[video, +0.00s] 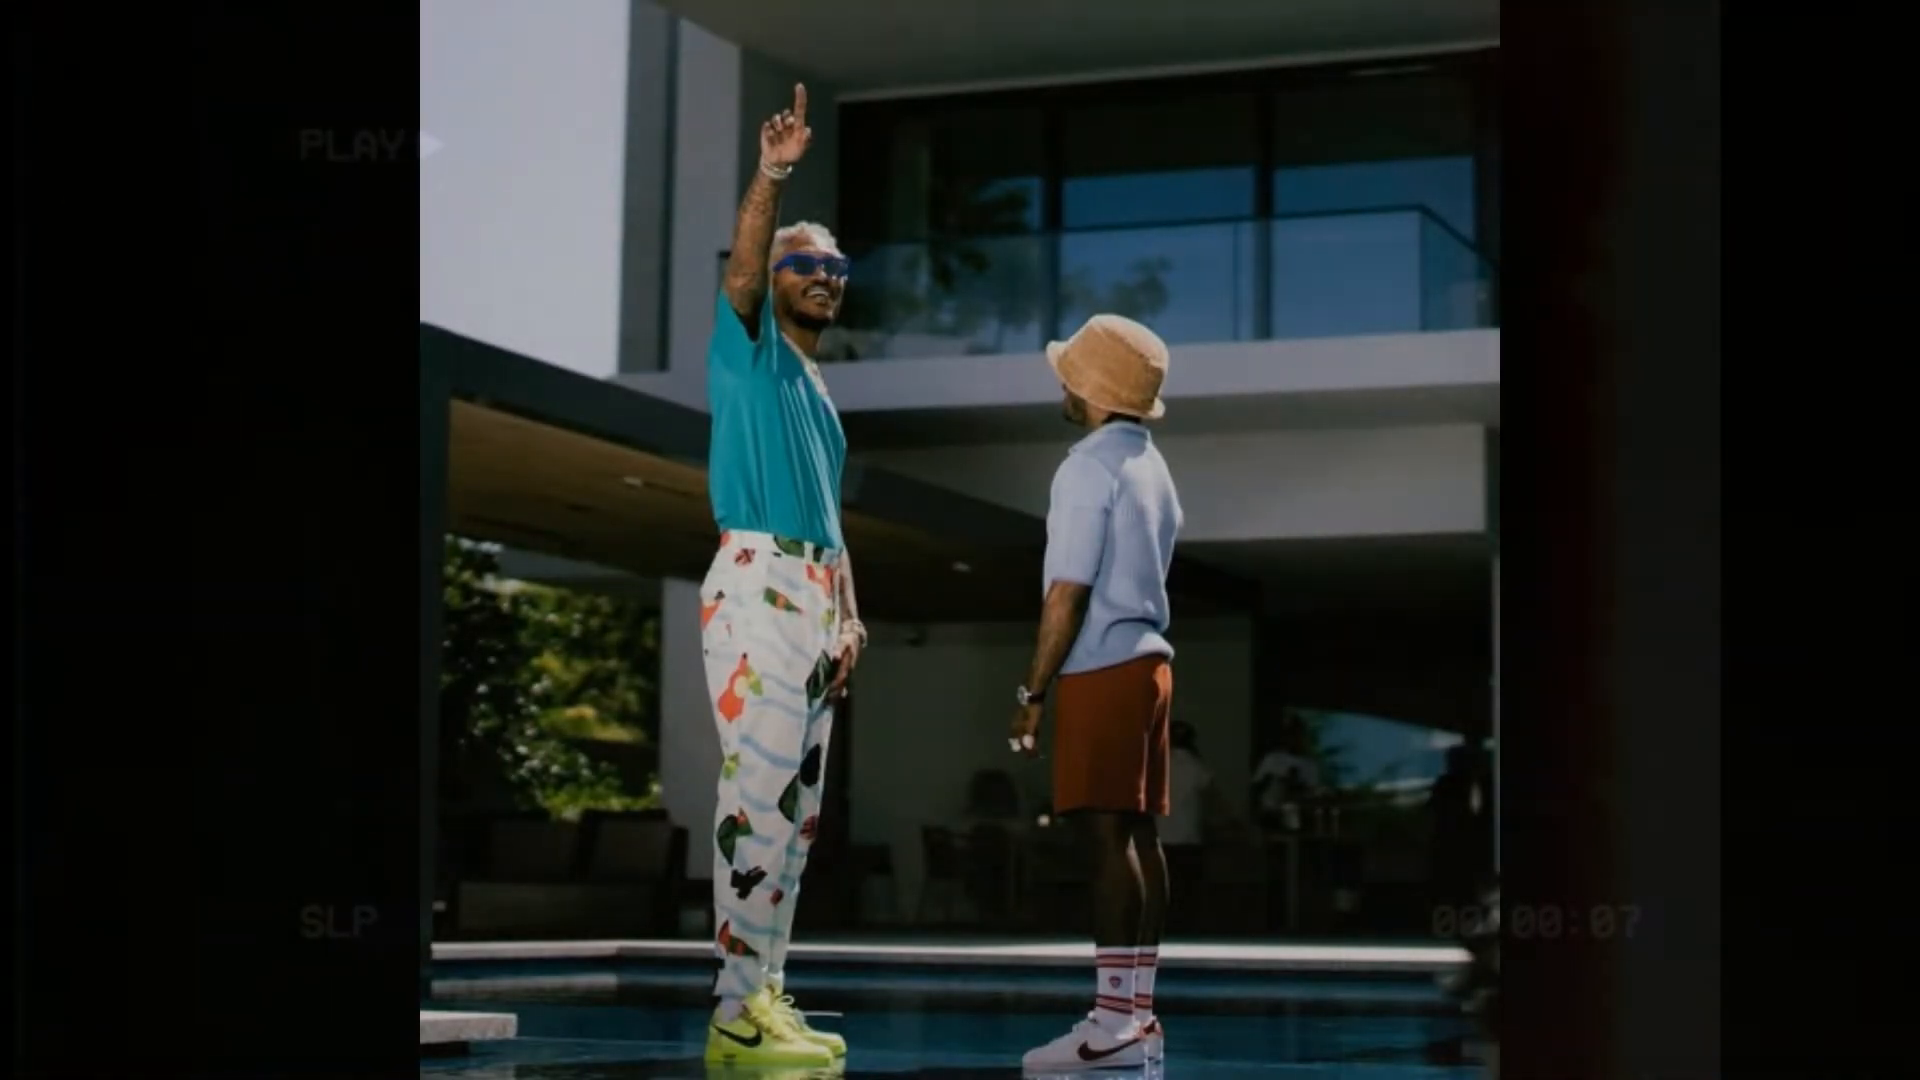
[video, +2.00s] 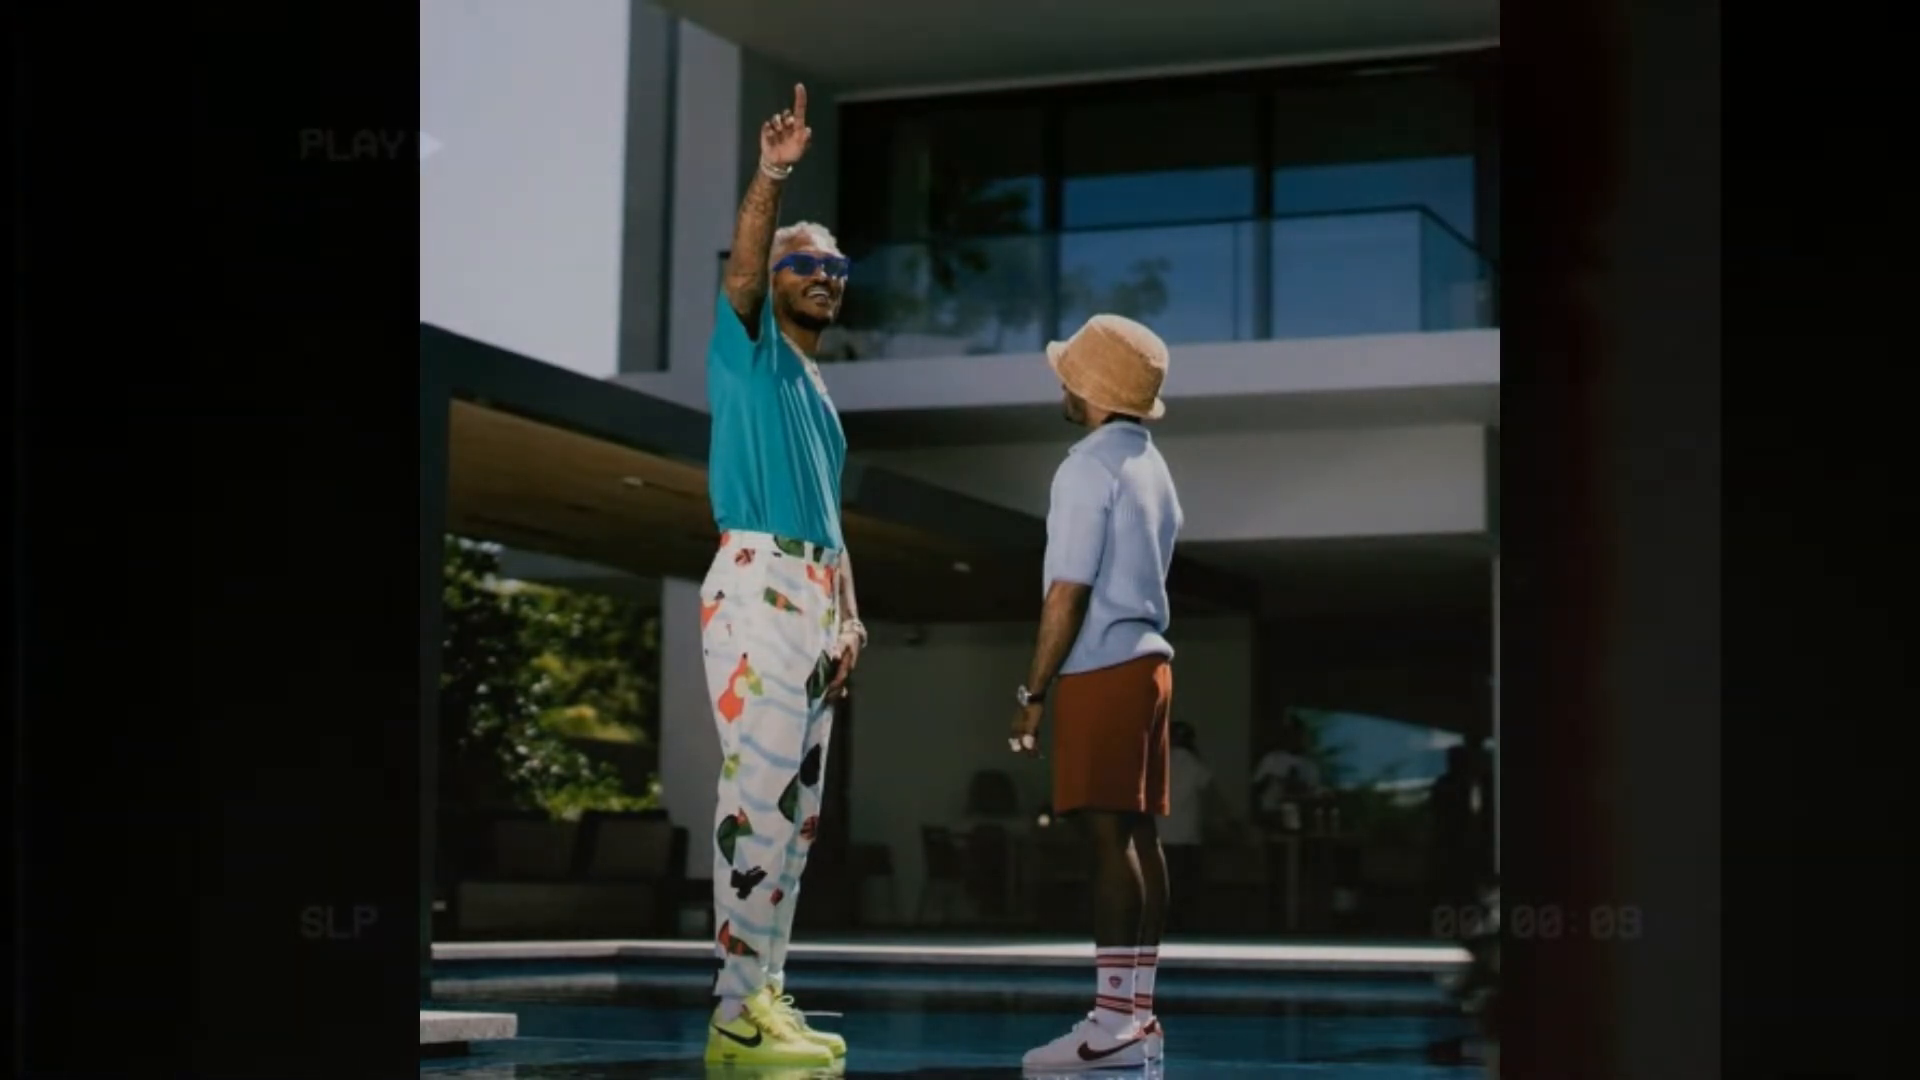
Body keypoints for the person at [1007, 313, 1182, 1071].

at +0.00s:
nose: (1064, 388)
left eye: (1072, 379)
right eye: (1069, 377)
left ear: (1091, 391)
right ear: (1131, 394)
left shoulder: (1088, 468)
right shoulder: (1148, 463)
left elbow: (1067, 595)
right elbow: (1147, 577)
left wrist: (1031, 691)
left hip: (1104, 670)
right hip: (1147, 666)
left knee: (1107, 837)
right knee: (1139, 837)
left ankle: (1116, 1014)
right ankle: (1134, 1011)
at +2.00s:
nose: (1064, 388)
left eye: (1072, 378)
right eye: (1068, 376)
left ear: (1092, 391)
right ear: (1130, 394)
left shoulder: (1088, 468)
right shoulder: (1148, 463)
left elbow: (1067, 594)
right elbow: (1149, 577)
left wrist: (1032, 691)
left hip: (1104, 670)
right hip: (1146, 666)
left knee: (1109, 839)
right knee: (1139, 838)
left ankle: (1116, 1015)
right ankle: (1135, 1012)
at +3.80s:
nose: (1064, 388)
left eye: (1072, 378)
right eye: (1068, 376)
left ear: (1093, 390)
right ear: (1130, 394)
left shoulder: (1088, 468)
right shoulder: (1148, 463)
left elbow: (1068, 594)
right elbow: (1146, 580)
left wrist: (1032, 691)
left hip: (1104, 669)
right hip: (1146, 666)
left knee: (1109, 838)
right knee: (1139, 838)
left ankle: (1116, 1015)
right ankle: (1135, 1012)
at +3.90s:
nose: (1064, 388)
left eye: (1072, 377)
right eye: (1068, 376)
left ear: (1093, 389)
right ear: (1130, 393)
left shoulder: (1088, 468)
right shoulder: (1148, 463)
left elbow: (1068, 594)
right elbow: (1147, 580)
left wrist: (1032, 692)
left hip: (1104, 669)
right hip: (1147, 666)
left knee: (1109, 838)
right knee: (1139, 838)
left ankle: (1116, 1015)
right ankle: (1135, 1012)